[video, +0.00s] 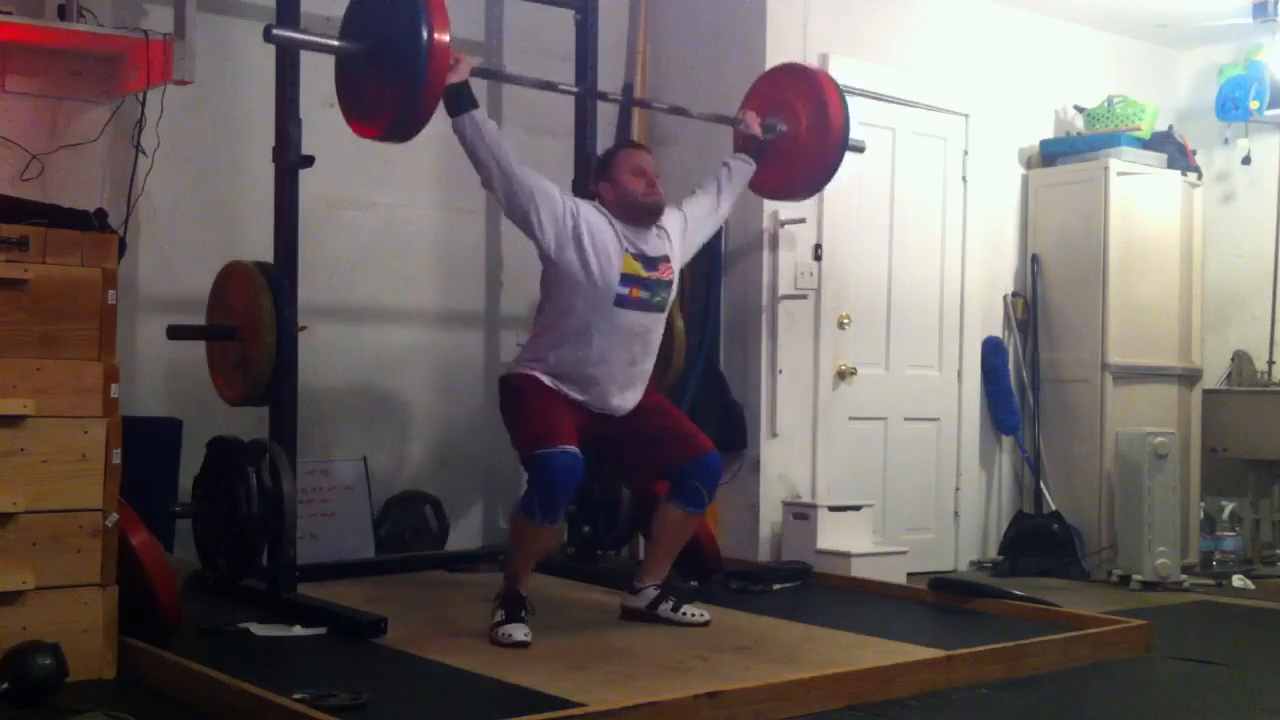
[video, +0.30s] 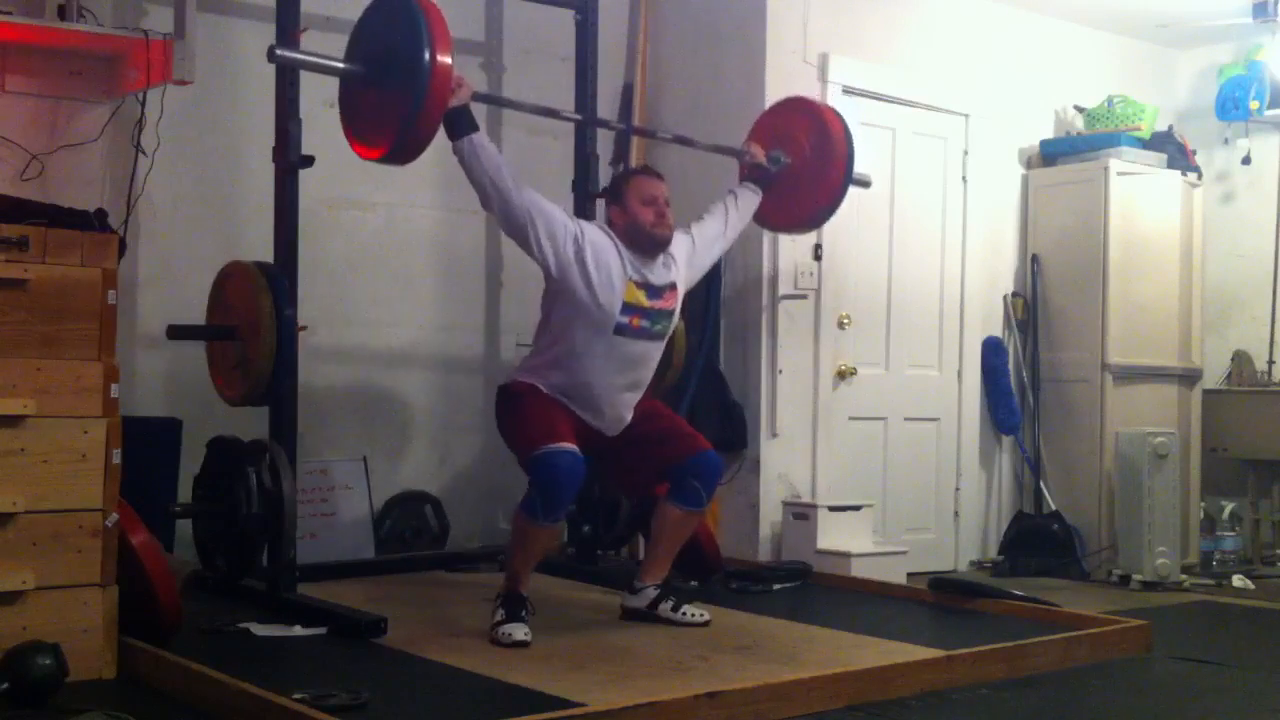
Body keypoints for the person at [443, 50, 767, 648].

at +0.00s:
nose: (653, 184)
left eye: (655, 176)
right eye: (638, 174)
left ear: (659, 189)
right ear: (601, 187)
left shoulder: (669, 235)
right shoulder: (574, 224)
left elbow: (714, 201)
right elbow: (506, 174)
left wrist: (746, 151)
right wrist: (459, 93)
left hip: (627, 400)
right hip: (548, 386)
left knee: (702, 468)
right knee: (560, 469)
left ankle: (647, 592)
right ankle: (513, 600)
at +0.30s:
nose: (663, 213)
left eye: (667, 205)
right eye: (649, 203)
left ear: (670, 214)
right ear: (613, 211)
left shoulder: (679, 259)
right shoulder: (581, 247)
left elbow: (722, 224)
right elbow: (508, 196)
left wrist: (755, 180)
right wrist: (459, 116)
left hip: (621, 409)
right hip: (543, 396)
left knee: (701, 466)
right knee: (561, 471)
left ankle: (646, 591)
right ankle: (512, 598)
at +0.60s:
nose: (665, 243)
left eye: (669, 235)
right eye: (651, 234)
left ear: (674, 243)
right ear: (618, 242)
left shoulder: (684, 288)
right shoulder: (584, 278)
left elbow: (729, 253)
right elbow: (513, 229)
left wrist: (766, 211)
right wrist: (464, 146)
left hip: (629, 429)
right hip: (550, 419)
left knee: (710, 469)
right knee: (564, 475)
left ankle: (647, 591)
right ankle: (514, 600)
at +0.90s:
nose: (670, 285)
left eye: (676, 278)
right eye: (656, 276)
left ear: (682, 287)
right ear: (623, 283)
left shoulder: (690, 328)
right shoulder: (587, 319)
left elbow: (736, 291)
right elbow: (516, 275)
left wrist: (770, 244)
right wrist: (466, 199)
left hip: (636, 461)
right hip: (553, 453)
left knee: (719, 474)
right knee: (575, 493)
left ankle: (647, 592)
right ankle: (517, 601)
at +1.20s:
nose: (671, 252)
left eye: (678, 245)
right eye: (658, 243)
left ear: (684, 255)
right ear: (628, 251)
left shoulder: (692, 297)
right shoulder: (589, 285)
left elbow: (733, 257)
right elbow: (514, 241)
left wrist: (772, 211)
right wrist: (466, 170)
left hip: (635, 436)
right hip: (555, 426)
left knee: (717, 473)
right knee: (572, 485)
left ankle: (648, 591)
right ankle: (517, 599)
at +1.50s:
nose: (666, 175)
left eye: (672, 167)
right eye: (652, 166)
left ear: (679, 180)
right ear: (621, 177)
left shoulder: (690, 224)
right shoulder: (585, 212)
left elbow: (742, 188)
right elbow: (512, 172)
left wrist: (772, 143)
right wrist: (466, 97)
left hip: (636, 388)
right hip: (558, 374)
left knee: (707, 468)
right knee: (564, 470)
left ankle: (648, 590)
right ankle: (515, 599)